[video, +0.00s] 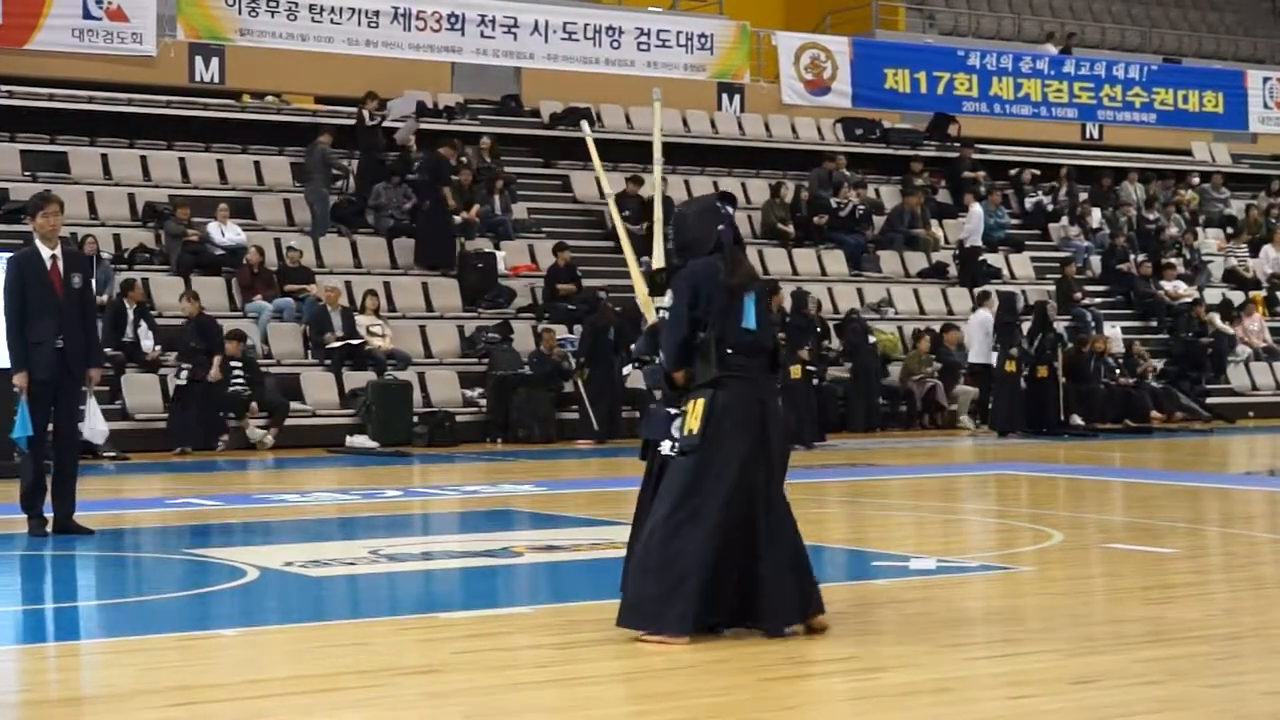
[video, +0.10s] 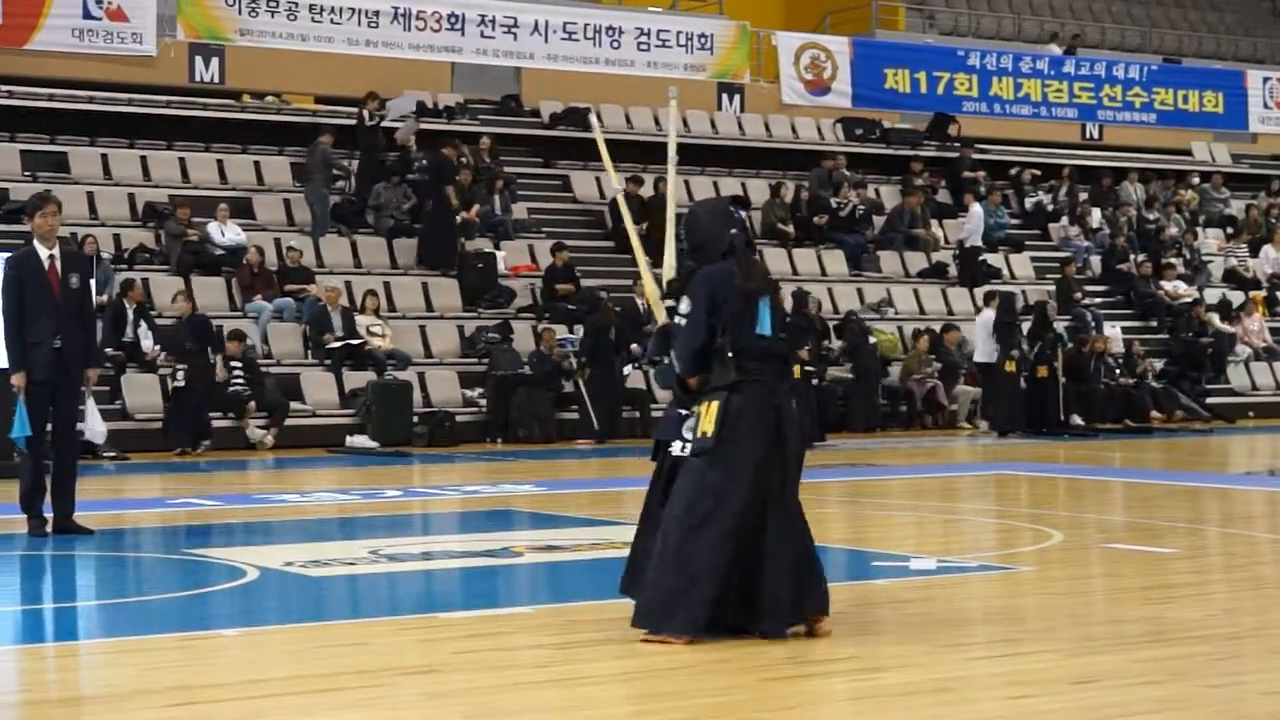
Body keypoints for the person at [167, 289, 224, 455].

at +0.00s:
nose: (182, 309)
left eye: (184, 305)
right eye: (181, 306)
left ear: (194, 303)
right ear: (187, 304)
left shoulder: (207, 321)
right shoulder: (189, 324)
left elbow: (218, 345)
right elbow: (186, 347)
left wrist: (215, 367)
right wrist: (177, 359)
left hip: (206, 369)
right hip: (189, 368)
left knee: (204, 401)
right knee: (181, 403)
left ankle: (221, 433)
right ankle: (184, 442)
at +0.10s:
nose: (177, 306)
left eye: (180, 302)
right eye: (175, 303)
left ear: (189, 303)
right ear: (175, 305)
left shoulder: (202, 321)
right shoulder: (179, 324)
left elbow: (215, 344)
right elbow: (175, 347)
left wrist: (219, 365)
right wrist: (166, 356)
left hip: (200, 365)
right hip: (183, 366)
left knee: (197, 401)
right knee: (181, 401)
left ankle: (205, 437)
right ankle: (184, 442)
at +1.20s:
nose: (118, 303)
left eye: (122, 299)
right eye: (115, 299)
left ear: (130, 301)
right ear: (111, 303)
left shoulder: (140, 320)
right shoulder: (109, 322)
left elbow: (152, 344)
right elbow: (104, 346)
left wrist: (155, 367)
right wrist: (101, 368)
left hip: (136, 367)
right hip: (114, 367)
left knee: (135, 405)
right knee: (115, 406)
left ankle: (147, 444)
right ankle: (119, 447)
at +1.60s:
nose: (121, 291)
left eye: (125, 288)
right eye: (119, 287)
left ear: (133, 291)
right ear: (116, 290)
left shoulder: (138, 306)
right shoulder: (110, 306)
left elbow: (153, 327)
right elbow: (104, 327)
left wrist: (153, 347)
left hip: (135, 342)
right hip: (117, 343)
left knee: (151, 362)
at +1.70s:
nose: (123, 291)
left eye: (126, 288)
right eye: (120, 288)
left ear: (134, 292)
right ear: (117, 290)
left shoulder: (139, 306)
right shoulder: (110, 306)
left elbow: (153, 326)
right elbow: (104, 330)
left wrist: (155, 345)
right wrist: (108, 347)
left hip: (135, 344)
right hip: (116, 344)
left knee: (152, 361)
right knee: (120, 361)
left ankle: (151, 396)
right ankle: (119, 397)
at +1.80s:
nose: (124, 291)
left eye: (127, 288)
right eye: (122, 288)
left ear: (134, 292)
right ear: (118, 290)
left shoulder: (139, 305)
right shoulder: (111, 306)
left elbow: (153, 325)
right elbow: (107, 328)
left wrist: (156, 345)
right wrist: (108, 347)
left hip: (135, 345)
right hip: (116, 345)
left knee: (154, 362)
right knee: (120, 362)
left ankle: (150, 397)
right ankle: (118, 398)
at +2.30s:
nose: (127, 291)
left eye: (131, 288)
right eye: (125, 287)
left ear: (137, 291)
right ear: (121, 290)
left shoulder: (142, 306)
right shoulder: (113, 306)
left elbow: (155, 326)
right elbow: (108, 329)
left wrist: (155, 345)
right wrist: (111, 347)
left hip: (137, 344)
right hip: (118, 344)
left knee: (153, 361)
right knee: (122, 361)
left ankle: (151, 396)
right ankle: (119, 396)